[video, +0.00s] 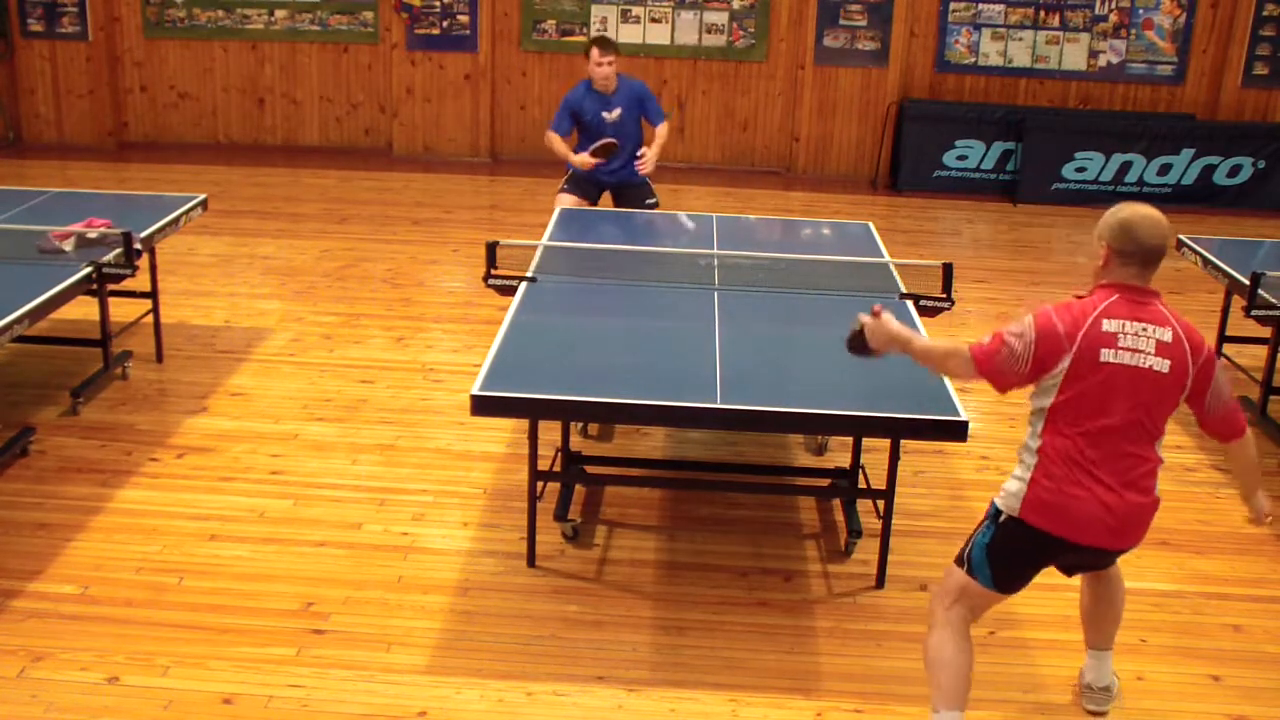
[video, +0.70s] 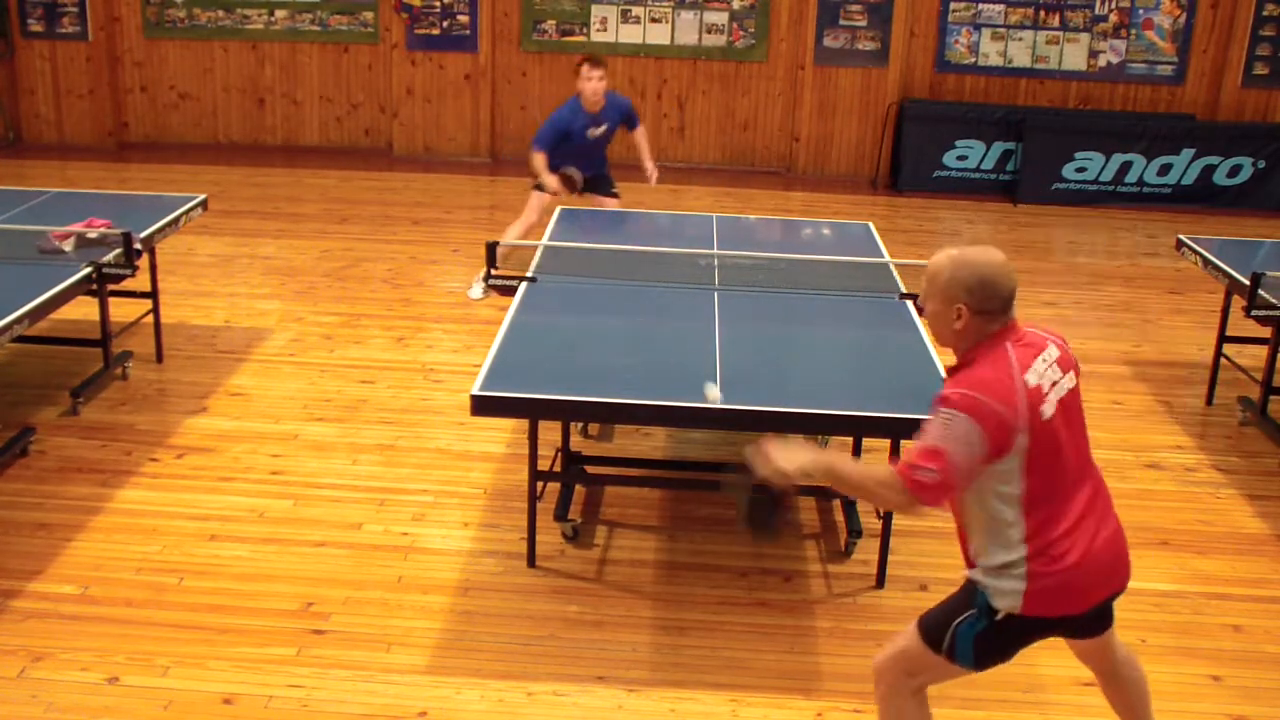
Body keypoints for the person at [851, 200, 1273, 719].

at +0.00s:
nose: (1091, 250)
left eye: (1095, 242)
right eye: (1098, 240)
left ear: (1103, 253)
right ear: (1160, 262)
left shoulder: (1069, 320)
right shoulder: (1187, 341)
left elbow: (973, 362)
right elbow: (1234, 431)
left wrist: (901, 340)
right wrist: (1255, 497)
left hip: (1042, 508)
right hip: (1124, 518)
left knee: (952, 606)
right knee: (1099, 561)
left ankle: (946, 714)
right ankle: (1099, 679)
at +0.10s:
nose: (1070, 243)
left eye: (1073, 237)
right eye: (1074, 234)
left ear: (1082, 248)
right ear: (1139, 255)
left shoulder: (1044, 321)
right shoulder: (1172, 338)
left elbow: (956, 385)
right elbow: (1210, 434)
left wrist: (899, 364)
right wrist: (1216, 494)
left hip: (1034, 514)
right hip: (1118, 521)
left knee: (959, 635)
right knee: (1101, 576)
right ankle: (1101, 679)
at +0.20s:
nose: (1041, 237)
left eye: (1044, 229)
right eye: (1044, 226)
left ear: (1054, 242)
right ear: (1111, 246)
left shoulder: (1022, 317)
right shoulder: (1155, 324)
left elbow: (952, 396)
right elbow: (1182, 417)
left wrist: (897, 390)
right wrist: (1154, 464)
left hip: (1036, 518)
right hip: (1122, 519)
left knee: (956, 639)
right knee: (1099, 589)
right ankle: (1114, 699)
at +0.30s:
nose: (1014, 240)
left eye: (1017, 232)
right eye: (1016, 230)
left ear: (1027, 246)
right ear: (1085, 248)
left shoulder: (1013, 331)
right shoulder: (1127, 319)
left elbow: (952, 433)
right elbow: (1153, 393)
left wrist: (901, 433)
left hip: (1046, 530)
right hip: (1128, 526)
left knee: (949, 649)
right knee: (1094, 611)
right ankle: (1142, 716)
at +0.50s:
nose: (977, 295)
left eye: (980, 287)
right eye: (980, 285)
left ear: (996, 303)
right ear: (1050, 294)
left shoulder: (1028, 387)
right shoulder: (1080, 340)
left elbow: (1012, 504)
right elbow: (1040, 373)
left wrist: (925, 546)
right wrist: (991, 383)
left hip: (1066, 573)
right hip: (1124, 551)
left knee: (927, 660)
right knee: (1095, 639)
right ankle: (1146, 718)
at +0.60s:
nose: (948, 308)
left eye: (952, 300)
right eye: (950, 298)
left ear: (975, 314)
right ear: (1024, 302)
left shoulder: (1013, 400)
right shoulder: (1055, 340)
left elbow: (998, 511)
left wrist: (895, 531)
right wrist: (993, 372)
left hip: (1059, 574)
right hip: (1114, 546)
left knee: (917, 664)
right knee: (1108, 649)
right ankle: (1154, 719)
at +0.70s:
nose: (922, 312)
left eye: (928, 304)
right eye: (923, 302)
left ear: (960, 317)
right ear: (1003, 306)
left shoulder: (976, 397)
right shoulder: (1048, 345)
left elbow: (906, 491)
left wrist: (816, 461)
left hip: (1031, 586)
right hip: (1098, 558)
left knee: (895, 675)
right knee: (1106, 655)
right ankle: (1142, 718)